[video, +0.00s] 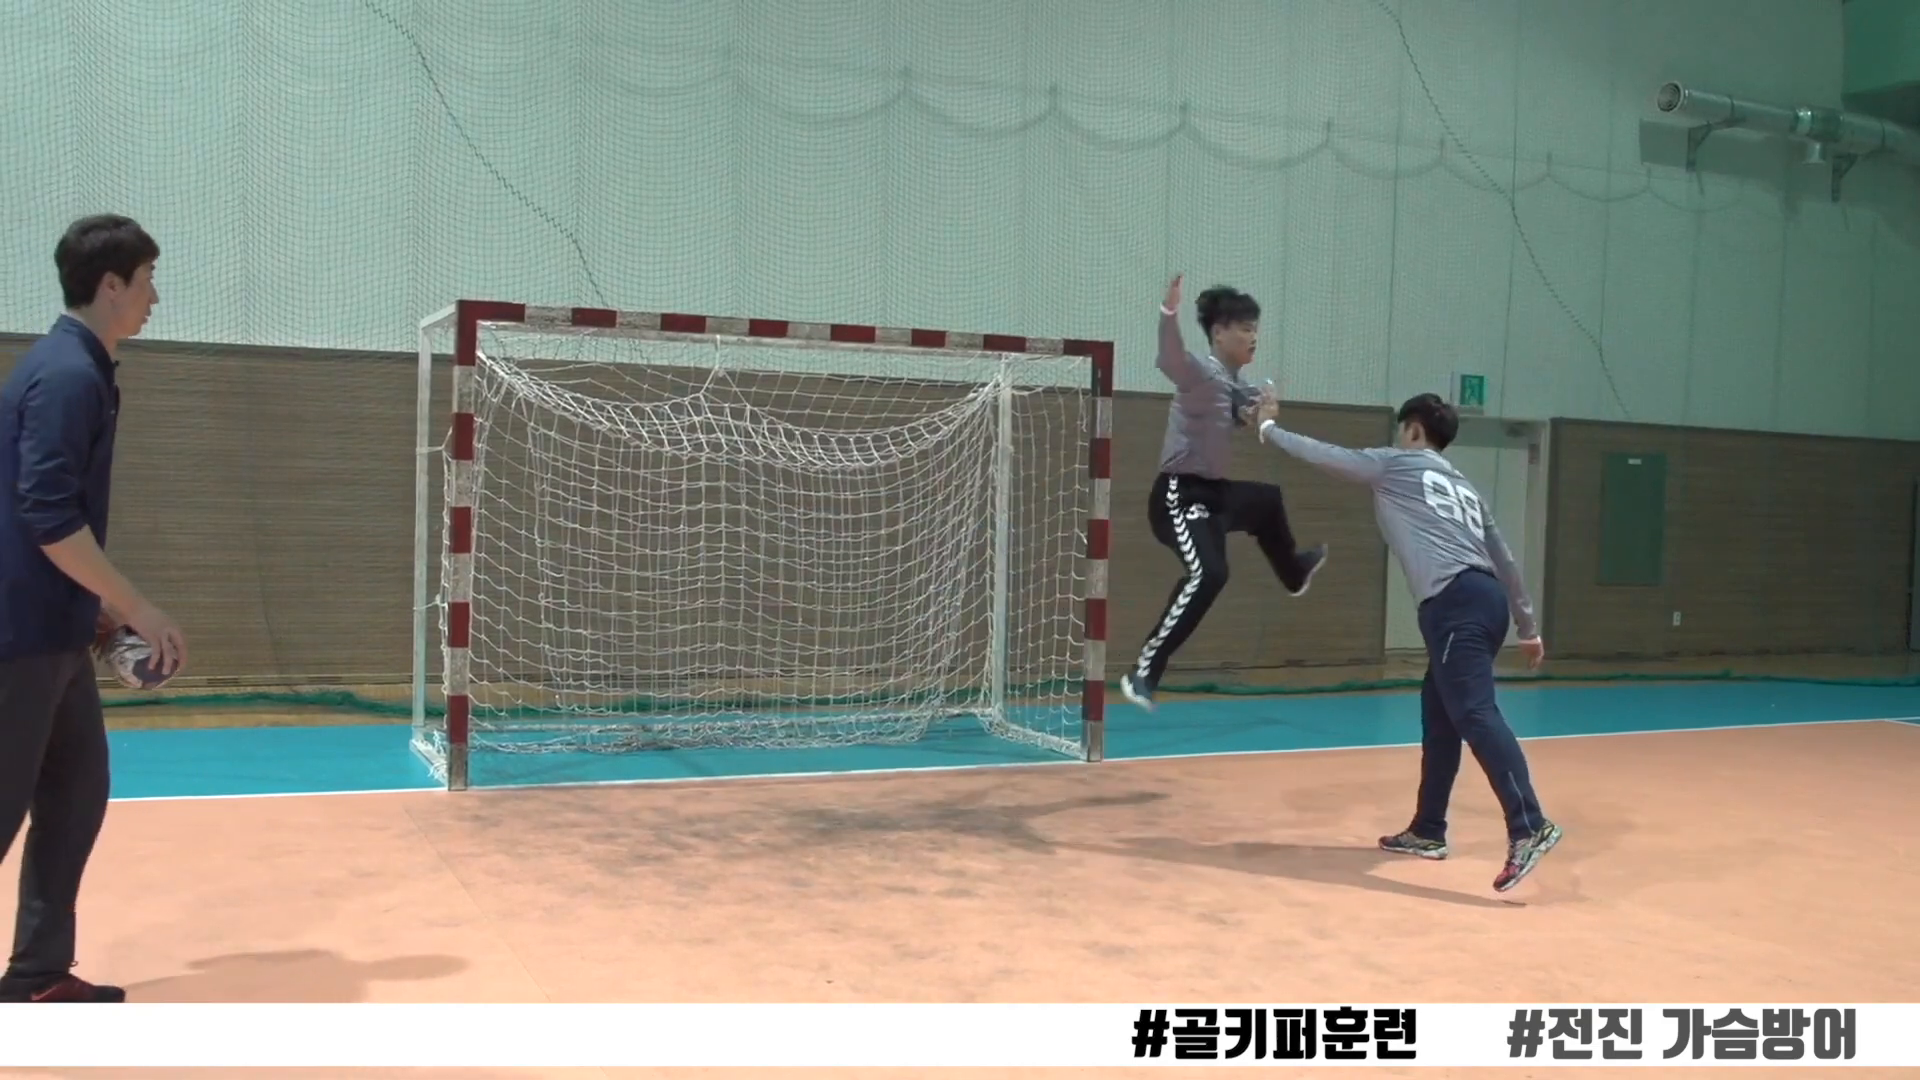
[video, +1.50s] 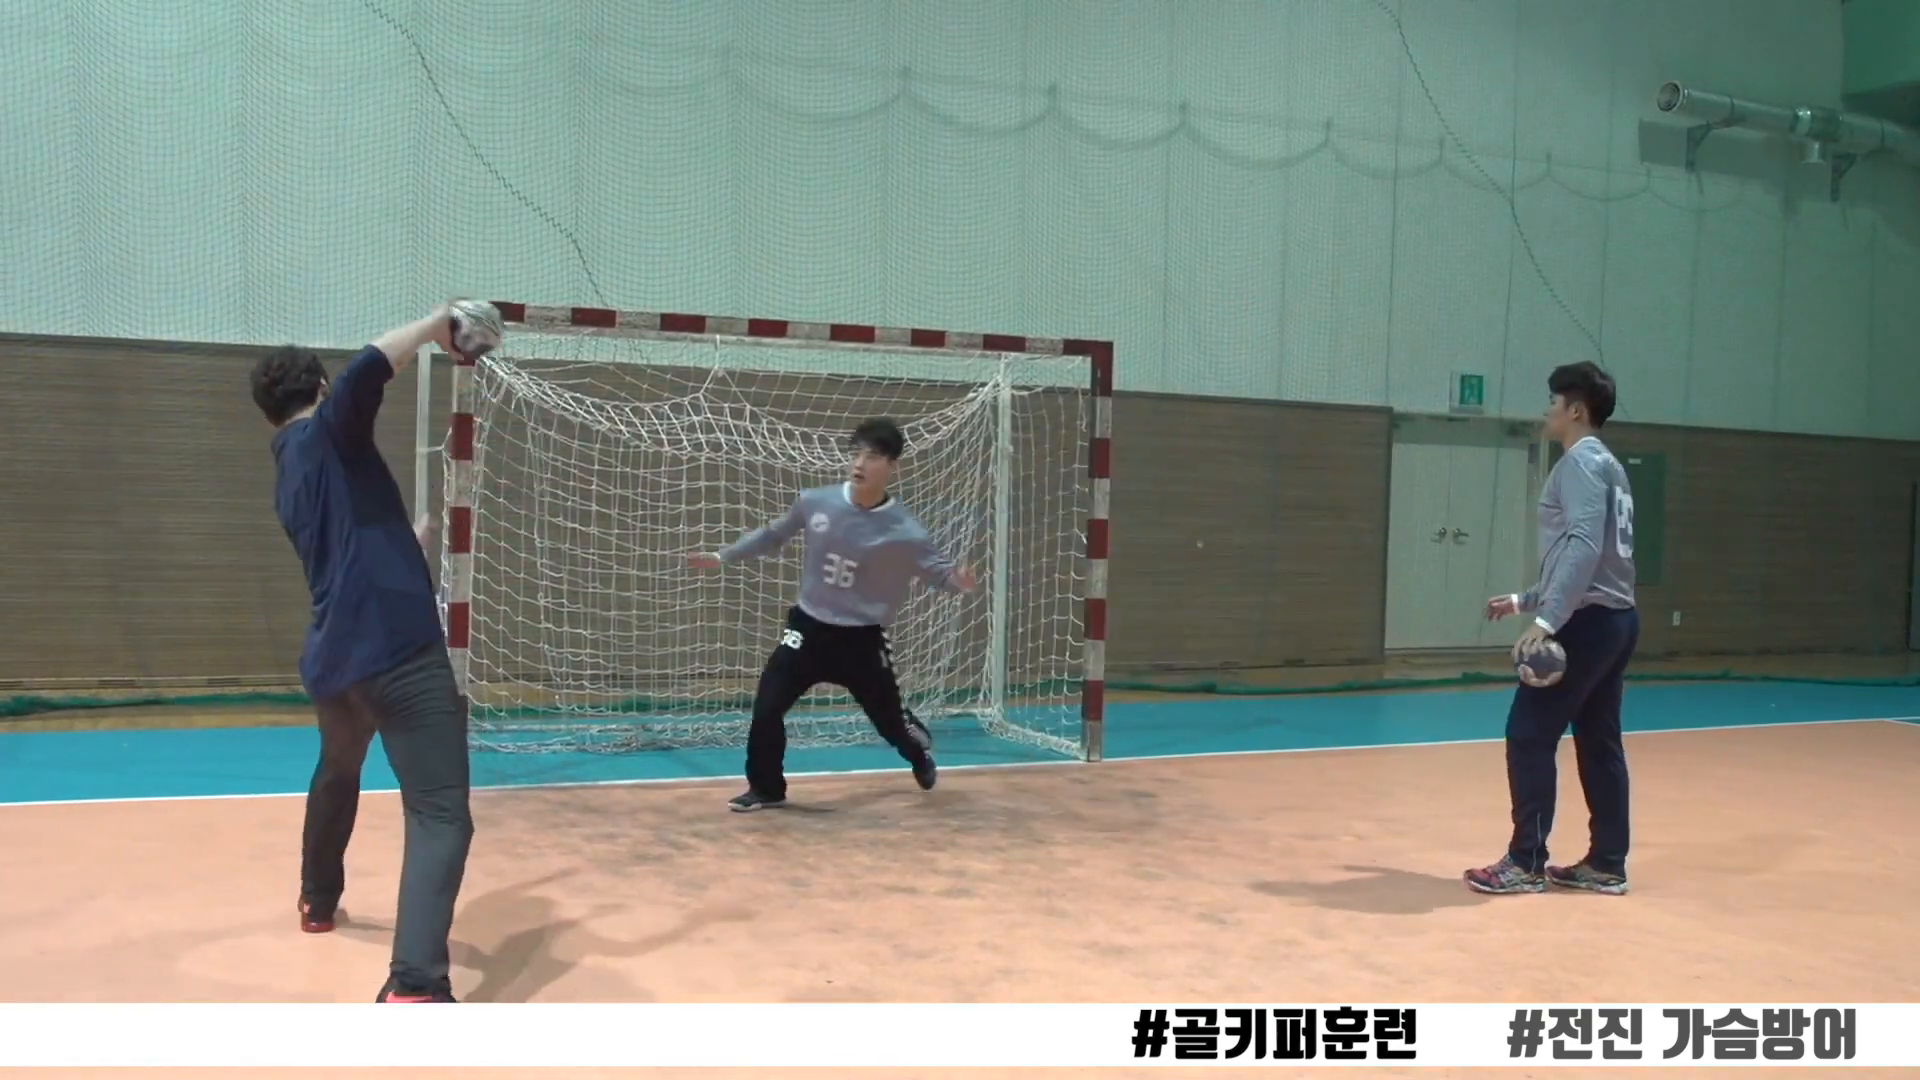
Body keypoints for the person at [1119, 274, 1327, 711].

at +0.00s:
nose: (1253, 338)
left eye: (1255, 329)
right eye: (1245, 328)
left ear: (1249, 335)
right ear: (1217, 333)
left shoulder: (1234, 384)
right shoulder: (1199, 372)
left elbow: (1238, 416)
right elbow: (1172, 360)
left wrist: (1260, 408)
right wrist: (1169, 317)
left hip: (1214, 494)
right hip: (1179, 495)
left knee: (1267, 500)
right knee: (1208, 573)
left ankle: (1293, 573)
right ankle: (1143, 674)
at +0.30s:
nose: (1324, 404)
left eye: (1326, 397)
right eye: (1314, 397)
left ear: (1325, 401)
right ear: (1291, 399)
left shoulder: (1320, 444)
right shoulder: (1278, 440)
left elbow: (1328, 498)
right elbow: (1280, 451)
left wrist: (1361, 526)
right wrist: (1321, 398)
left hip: (1329, 564)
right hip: (1293, 566)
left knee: (1372, 651)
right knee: (1335, 650)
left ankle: (1405, 741)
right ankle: (1318, 763)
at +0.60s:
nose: (1338, 472)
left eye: (1345, 465)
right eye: (1327, 464)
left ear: (1351, 473)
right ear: (1307, 472)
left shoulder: (1329, 524)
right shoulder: (1297, 520)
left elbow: (1333, 583)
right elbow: (1258, 578)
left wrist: (1378, 585)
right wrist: (1285, 627)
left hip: (1320, 639)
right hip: (1282, 644)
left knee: (1376, 711)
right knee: (1349, 714)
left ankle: (1409, 796)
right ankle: (1351, 829)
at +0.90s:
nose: (1195, 442)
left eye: (1205, 434)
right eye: (1188, 434)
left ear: (1222, 440)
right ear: (1178, 439)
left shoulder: (1222, 497)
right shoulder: (1162, 489)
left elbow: (1224, 551)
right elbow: (1124, 542)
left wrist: (1249, 582)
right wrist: (1147, 568)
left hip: (1205, 614)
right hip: (1161, 612)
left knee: (1245, 704)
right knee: (1166, 713)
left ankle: (1230, 803)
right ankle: (1086, 779)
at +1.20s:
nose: (1032, 439)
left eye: (1044, 431)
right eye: (1027, 429)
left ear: (1064, 439)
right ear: (1020, 432)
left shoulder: (1076, 496)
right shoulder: (986, 482)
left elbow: (1104, 534)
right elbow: (942, 528)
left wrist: (1121, 554)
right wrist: (912, 582)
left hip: (1024, 603)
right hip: (976, 595)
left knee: (1020, 699)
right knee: (973, 682)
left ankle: (960, 726)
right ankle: (966, 762)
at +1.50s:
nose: (859, 463)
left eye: (871, 456)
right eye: (855, 454)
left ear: (893, 468)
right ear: (848, 458)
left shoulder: (906, 534)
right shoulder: (813, 504)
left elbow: (937, 571)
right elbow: (772, 535)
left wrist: (957, 580)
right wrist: (721, 557)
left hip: (861, 641)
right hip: (806, 632)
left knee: (892, 725)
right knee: (766, 708)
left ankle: (919, 756)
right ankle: (766, 788)